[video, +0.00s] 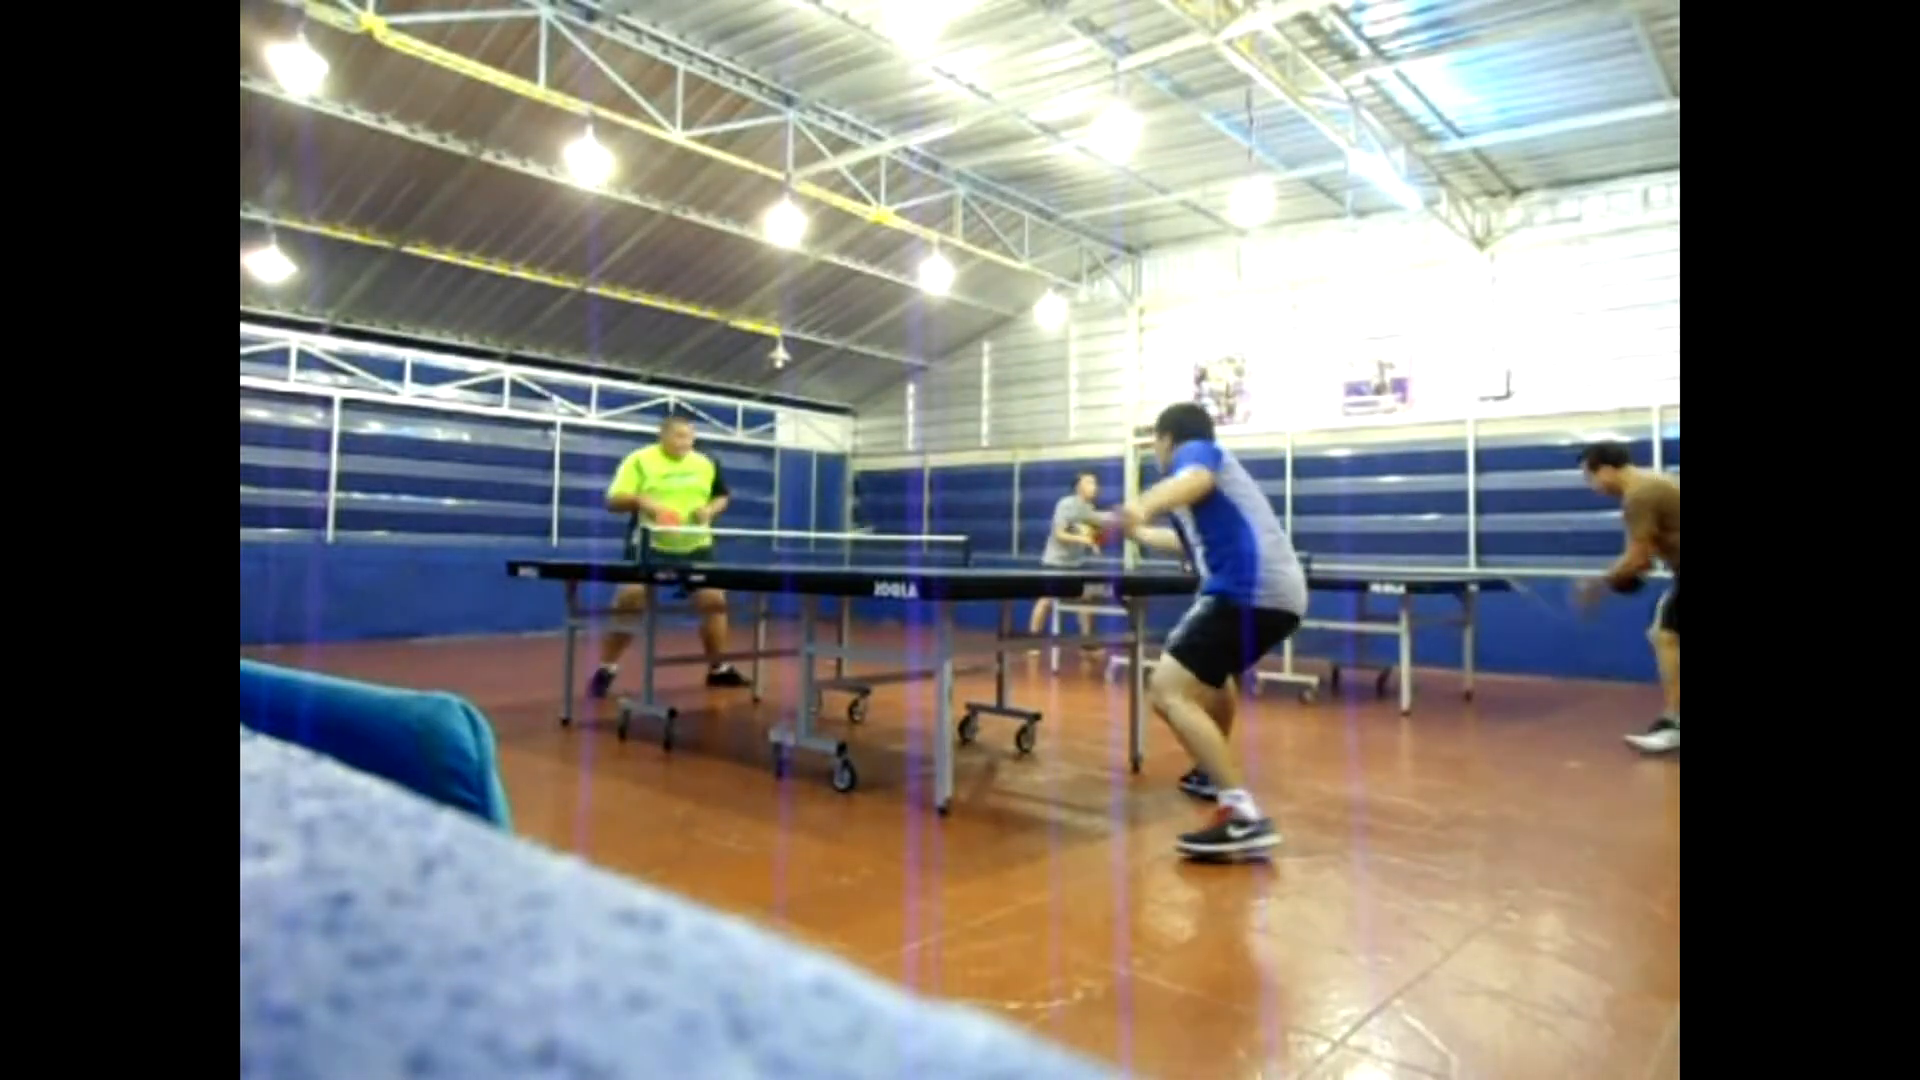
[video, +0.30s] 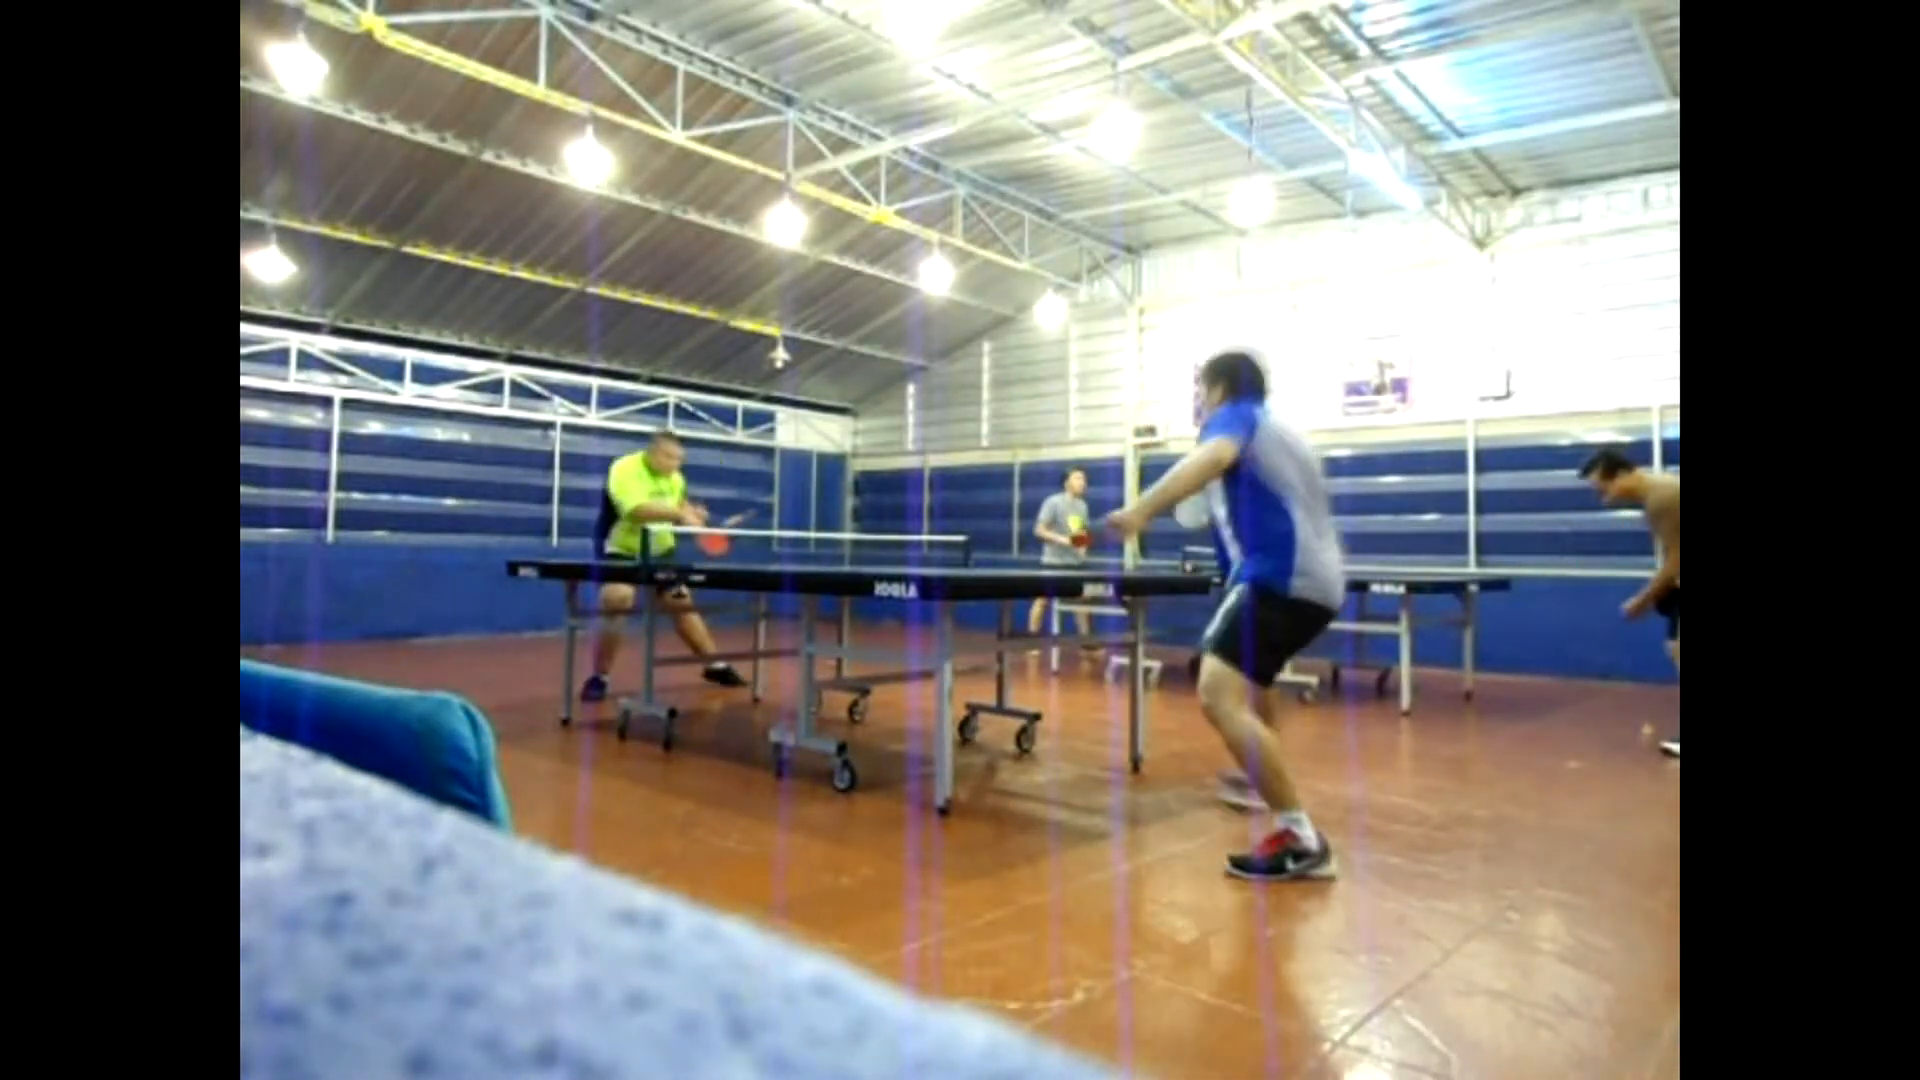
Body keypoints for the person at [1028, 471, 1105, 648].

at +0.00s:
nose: (1092, 488)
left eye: (1094, 483)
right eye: (1088, 483)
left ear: (1096, 488)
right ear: (1078, 486)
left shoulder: (1089, 510)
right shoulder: (1066, 504)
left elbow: (1098, 526)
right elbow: (1060, 534)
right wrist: (1086, 541)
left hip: (1078, 563)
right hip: (1055, 562)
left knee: (1084, 600)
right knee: (1046, 599)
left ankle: (1087, 639)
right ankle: (1033, 637)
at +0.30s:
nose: (1081, 483)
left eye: (1083, 479)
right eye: (1077, 479)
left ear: (1084, 484)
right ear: (1067, 482)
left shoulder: (1082, 505)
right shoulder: (1053, 502)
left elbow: (1083, 528)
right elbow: (1040, 529)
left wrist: (1084, 541)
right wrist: (1064, 540)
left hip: (1075, 561)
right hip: (1053, 561)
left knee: (1081, 601)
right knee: (1043, 599)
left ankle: (1086, 639)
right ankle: (1032, 638)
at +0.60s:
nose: (1077, 484)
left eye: (1079, 480)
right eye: (1073, 480)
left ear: (1082, 484)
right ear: (1064, 483)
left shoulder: (1082, 506)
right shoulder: (1051, 503)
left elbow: (1087, 530)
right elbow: (1043, 532)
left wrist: (1088, 547)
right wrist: (1067, 541)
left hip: (1077, 560)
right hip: (1056, 560)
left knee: (1080, 601)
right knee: (1045, 599)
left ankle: (1086, 638)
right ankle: (1033, 636)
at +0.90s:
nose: (1071, 486)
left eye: (1073, 481)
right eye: (1067, 482)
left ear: (1079, 484)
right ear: (1061, 485)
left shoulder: (1084, 506)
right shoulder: (1052, 505)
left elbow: (1089, 534)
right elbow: (1052, 535)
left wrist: (1092, 556)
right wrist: (1063, 557)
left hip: (1082, 562)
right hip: (1058, 561)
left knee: (1082, 601)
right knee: (1046, 598)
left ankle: (1086, 637)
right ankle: (1034, 634)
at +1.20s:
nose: (1071, 486)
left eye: (1075, 482)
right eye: (1068, 482)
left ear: (1081, 485)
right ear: (1062, 485)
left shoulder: (1086, 507)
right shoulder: (1052, 504)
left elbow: (1090, 536)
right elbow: (1041, 533)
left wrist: (1094, 560)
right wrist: (1029, 560)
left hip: (1081, 562)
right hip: (1057, 562)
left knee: (1083, 602)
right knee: (1046, 600)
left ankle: (1086, 638)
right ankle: (1033, 636)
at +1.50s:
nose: (1072, 486)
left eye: (1075, 482)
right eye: (1068, 482)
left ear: (1081, 485)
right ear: (1062, 485)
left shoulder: (1086, 507)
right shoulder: (1052, 505)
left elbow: (1090, 536)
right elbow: (1042, 533)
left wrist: (1094, 560)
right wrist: (1030, 560)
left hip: (1081, 561)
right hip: (1057, 561)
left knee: (1082, 602)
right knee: (1045, 600)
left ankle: (1086, 639)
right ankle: (1033, 638)